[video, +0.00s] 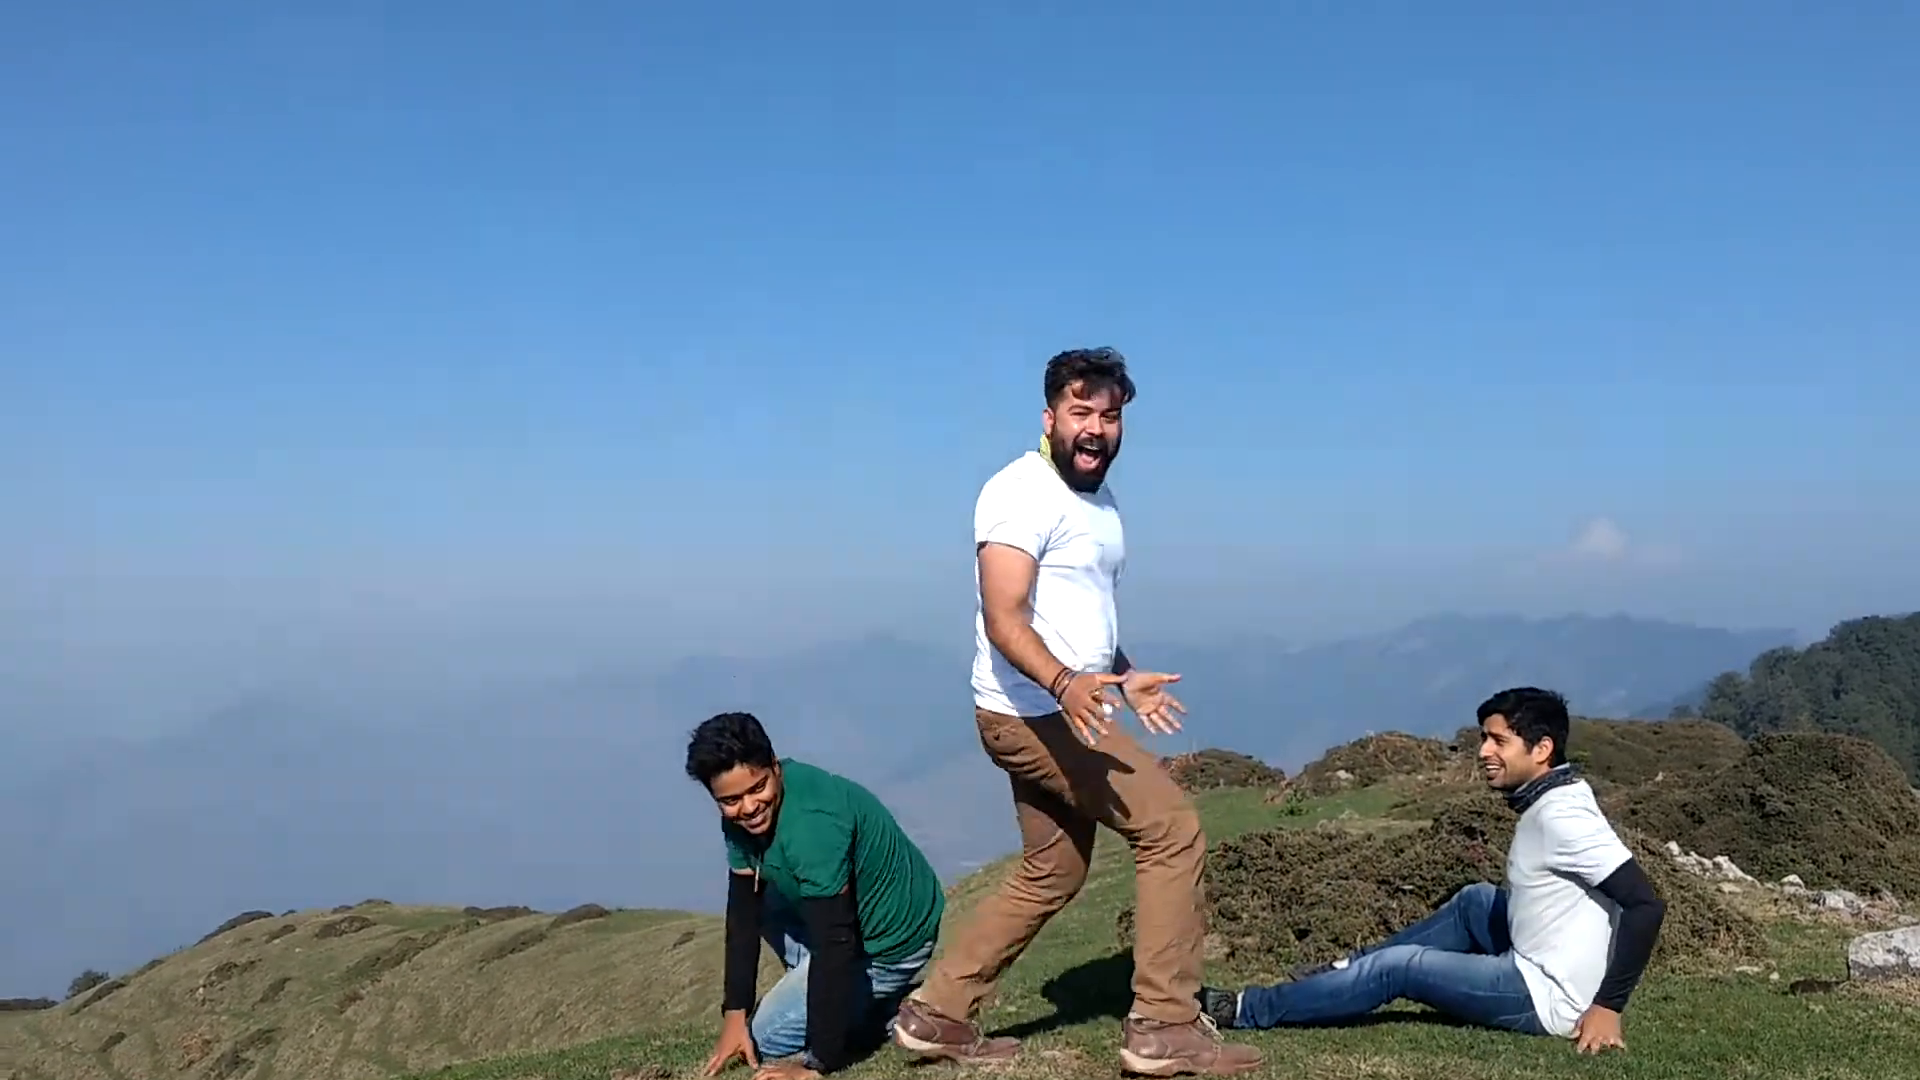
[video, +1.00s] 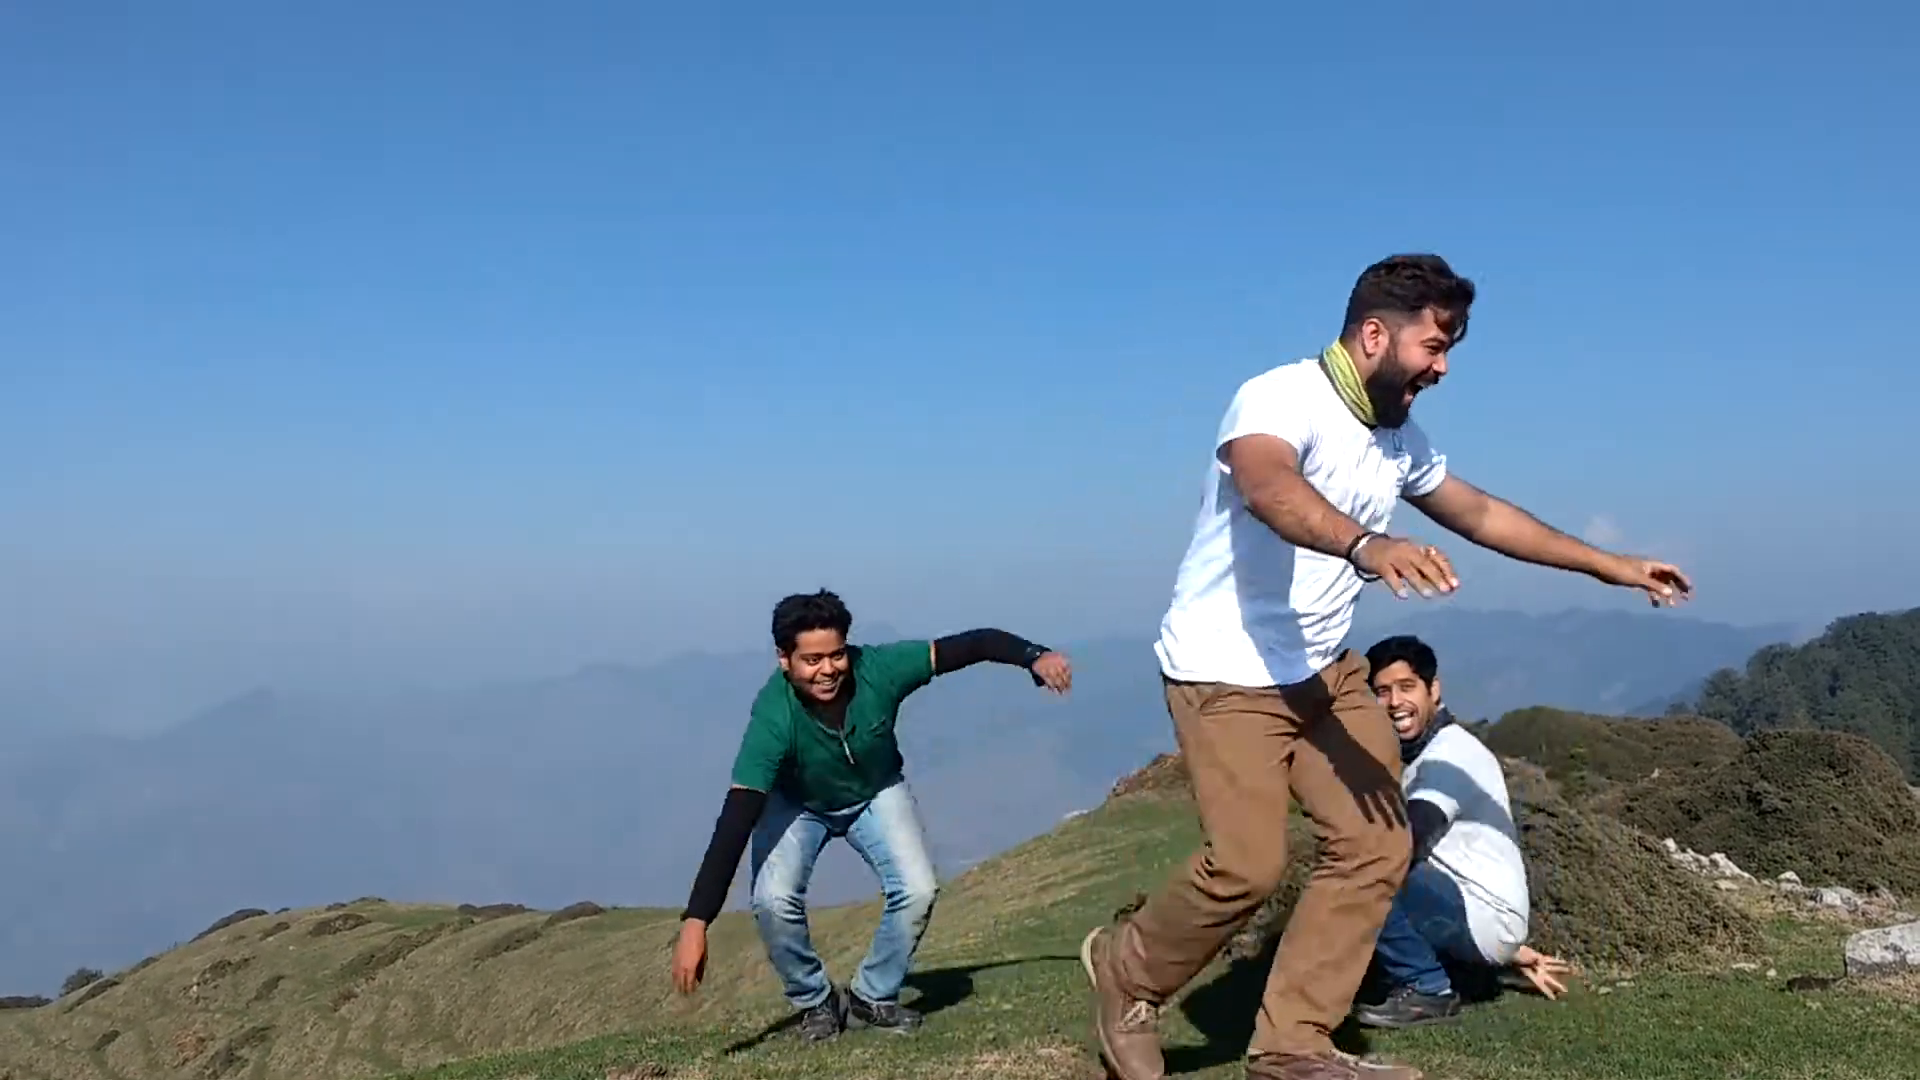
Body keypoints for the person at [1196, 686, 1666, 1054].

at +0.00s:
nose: (1484, 753)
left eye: (1497, 741)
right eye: (1484, 740)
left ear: (1542, 749)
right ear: (1535, 749)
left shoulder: (1564, 814)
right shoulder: (1546, 801)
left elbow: (1645, 908)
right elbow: (1614, 896)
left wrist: (1607, 1006)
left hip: (1549, 995)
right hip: (1544, 958)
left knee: (1395, 965)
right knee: (1478, 900)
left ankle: (1242, 1009)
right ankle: (1356, 977)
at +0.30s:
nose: (1514, 740)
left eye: (1527, 725)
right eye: (1504, 728)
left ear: (1563, 727)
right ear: (1496, 731)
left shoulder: (1572, 791)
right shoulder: (1554, 776)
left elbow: (1602, 901)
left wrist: (1596, 1006)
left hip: (1543, 969)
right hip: (1536, 931)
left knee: (1385, 918)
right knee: (1465, 871)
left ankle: (1244, 992)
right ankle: (1382, 970)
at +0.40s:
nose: (1514, 732)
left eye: (1527, 717)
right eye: (1504, 721)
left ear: (1561, 718)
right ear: (1496, 725)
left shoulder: (1568, 786)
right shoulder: (1556, 773)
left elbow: (1594, 899)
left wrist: (1598, 1007)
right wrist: (1582, 974)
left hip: (1530, 952)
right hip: (1532, 924)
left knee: (1394, 852)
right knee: (1452, 829)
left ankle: (1299, 983)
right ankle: (1378, 966)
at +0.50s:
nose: (1510, 725)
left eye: (1523, 710)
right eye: (1499, 713)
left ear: (1554, 711)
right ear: (1490, 719)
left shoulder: (1555, 783)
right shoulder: (1546, 770)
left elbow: (1581, 899)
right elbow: (1572, 886)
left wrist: (1596, 1007)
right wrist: (1579, 974)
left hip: (1508, 942)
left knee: (1390, 819)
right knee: (1412, 813)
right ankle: (1425, 977)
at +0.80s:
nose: (1451, 719)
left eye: (1463, 704)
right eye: (1438, 709)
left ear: (1491, 707)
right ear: (1430, 718)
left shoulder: (1507, 779)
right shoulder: (1488, 772)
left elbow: (1524, 891)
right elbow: (1538, 889)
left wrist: (1547, 988)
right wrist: (1570, 976)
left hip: (1481, 942)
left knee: (1356, 851)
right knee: (1365, 846)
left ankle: (1426, 988)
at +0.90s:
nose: (1422, 712)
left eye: (1434, 697)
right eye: (1410, 702)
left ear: (1462, 699)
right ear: (1401, 712)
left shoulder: (1476, 769)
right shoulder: (1481, 760)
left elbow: (1461, 863)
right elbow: (1515, 872)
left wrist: (1432, 943)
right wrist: (1557, 962)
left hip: (1473, 945)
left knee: (1357, 853)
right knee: (1371, 851)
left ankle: (1411, 987)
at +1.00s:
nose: (1394, 702)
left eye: (1407, 687)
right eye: (1383, 691)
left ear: (1434, 689)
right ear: (1374, 699)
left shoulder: (1451, 749)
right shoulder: (1422, 759)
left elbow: (1400, 848)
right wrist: (1507, 952)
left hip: (1487, 916)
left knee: (1368, 869)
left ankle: (1426, 989)